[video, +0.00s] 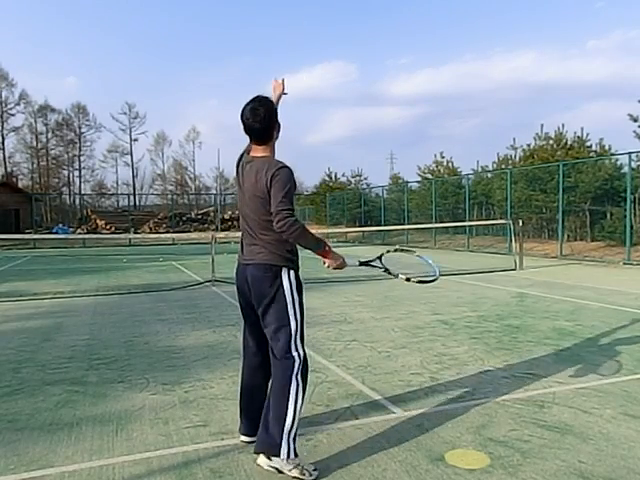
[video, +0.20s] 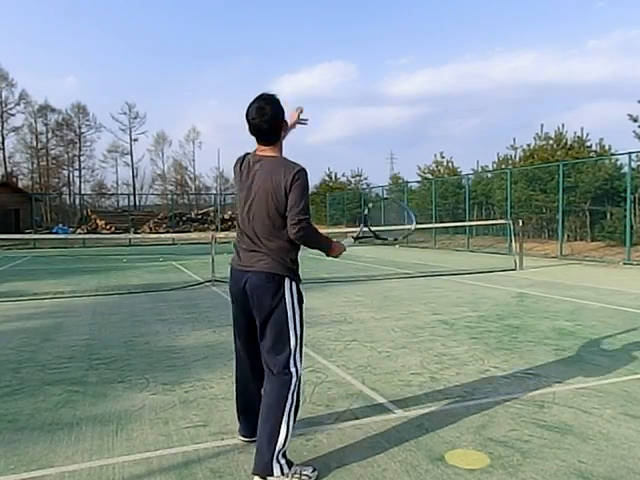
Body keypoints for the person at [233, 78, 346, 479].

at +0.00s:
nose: (273, 124)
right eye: (274, 121)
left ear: (246, 131)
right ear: (277, 128)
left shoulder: (244, 165)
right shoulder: (279, 172)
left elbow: (259, 135)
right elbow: (284, 222)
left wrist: (273, 101)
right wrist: (324, 249)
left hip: (246, 271)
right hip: (275, 272)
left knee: (256, 351)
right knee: (290, 358)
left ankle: (251, 427)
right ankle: (278, 450)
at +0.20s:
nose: (287, 122)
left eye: (285, 117)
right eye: (286, 118)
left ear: (252, 132)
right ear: (283, 128)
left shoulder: (243, 167)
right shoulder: (292, 173)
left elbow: (263, 150)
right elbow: (298, 228)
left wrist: (286, 126)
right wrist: (329, 246)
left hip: (240, 277)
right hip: (275, 280)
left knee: (248, 356)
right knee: (283, 368)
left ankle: (249, 425)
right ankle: (271, 463)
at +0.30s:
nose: (287, 122)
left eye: (280, 116)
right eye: (286, 117)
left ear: (249, 127)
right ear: (284, 125)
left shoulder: (238, 165)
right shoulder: (293, 173)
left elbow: (264, 182)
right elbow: (301, 229)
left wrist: (300, 169)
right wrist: (325, 238)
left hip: (235, 278)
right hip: (273, 282)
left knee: (240, 357)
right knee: (277, 370)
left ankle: (238, 431)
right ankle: (272, 465)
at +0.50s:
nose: (271, 120)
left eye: (267, 114)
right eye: (270, 115)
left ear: (233, 125)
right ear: (268, 122)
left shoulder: (224, 169)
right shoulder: (276, 173)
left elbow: (234, 218)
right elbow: (291, 230)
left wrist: (288, 218)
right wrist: (313, 234)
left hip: (222, 281)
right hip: (260, 284)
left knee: (221, 362)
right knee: (273, 373)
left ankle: (187, 444)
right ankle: (272, 466)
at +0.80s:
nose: (231, 130)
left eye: (229, 124)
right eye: (231, 124)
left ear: (193, 132)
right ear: (225, 129)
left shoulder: (187, 173)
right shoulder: (215, 174)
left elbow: (247, 197)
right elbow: (258, 205)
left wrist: (283, 166)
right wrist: (296, 188)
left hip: (176, 289)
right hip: (209, 292)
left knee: (178, 378)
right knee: (243, 380)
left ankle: (156, 465)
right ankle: (265, 468)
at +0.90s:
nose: (225, 127)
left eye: (223, 121)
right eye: (224, 121)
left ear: (188, 122)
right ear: (219, 121)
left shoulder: (181, 162)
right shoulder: (199, 162)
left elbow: (241, 177)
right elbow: (245, 176)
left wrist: (273, 147)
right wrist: (286, 153)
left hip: (167, 280)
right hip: (194, 283)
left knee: (173, 375)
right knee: (226, 376)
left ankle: (154, 465)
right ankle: (214, 466)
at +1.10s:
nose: (216, 137)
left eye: (218, 133)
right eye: (216, 131)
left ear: (181, 129)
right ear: (207, 132)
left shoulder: (196, 174)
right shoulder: (180, 166)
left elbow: (248, 168)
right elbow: (208, 152)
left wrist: (281, 134)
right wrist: (245, 107)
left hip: (156, 287)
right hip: (179, 291)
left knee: (162, 364)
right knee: (196, 380)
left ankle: (111, 436)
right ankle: (170, 464)